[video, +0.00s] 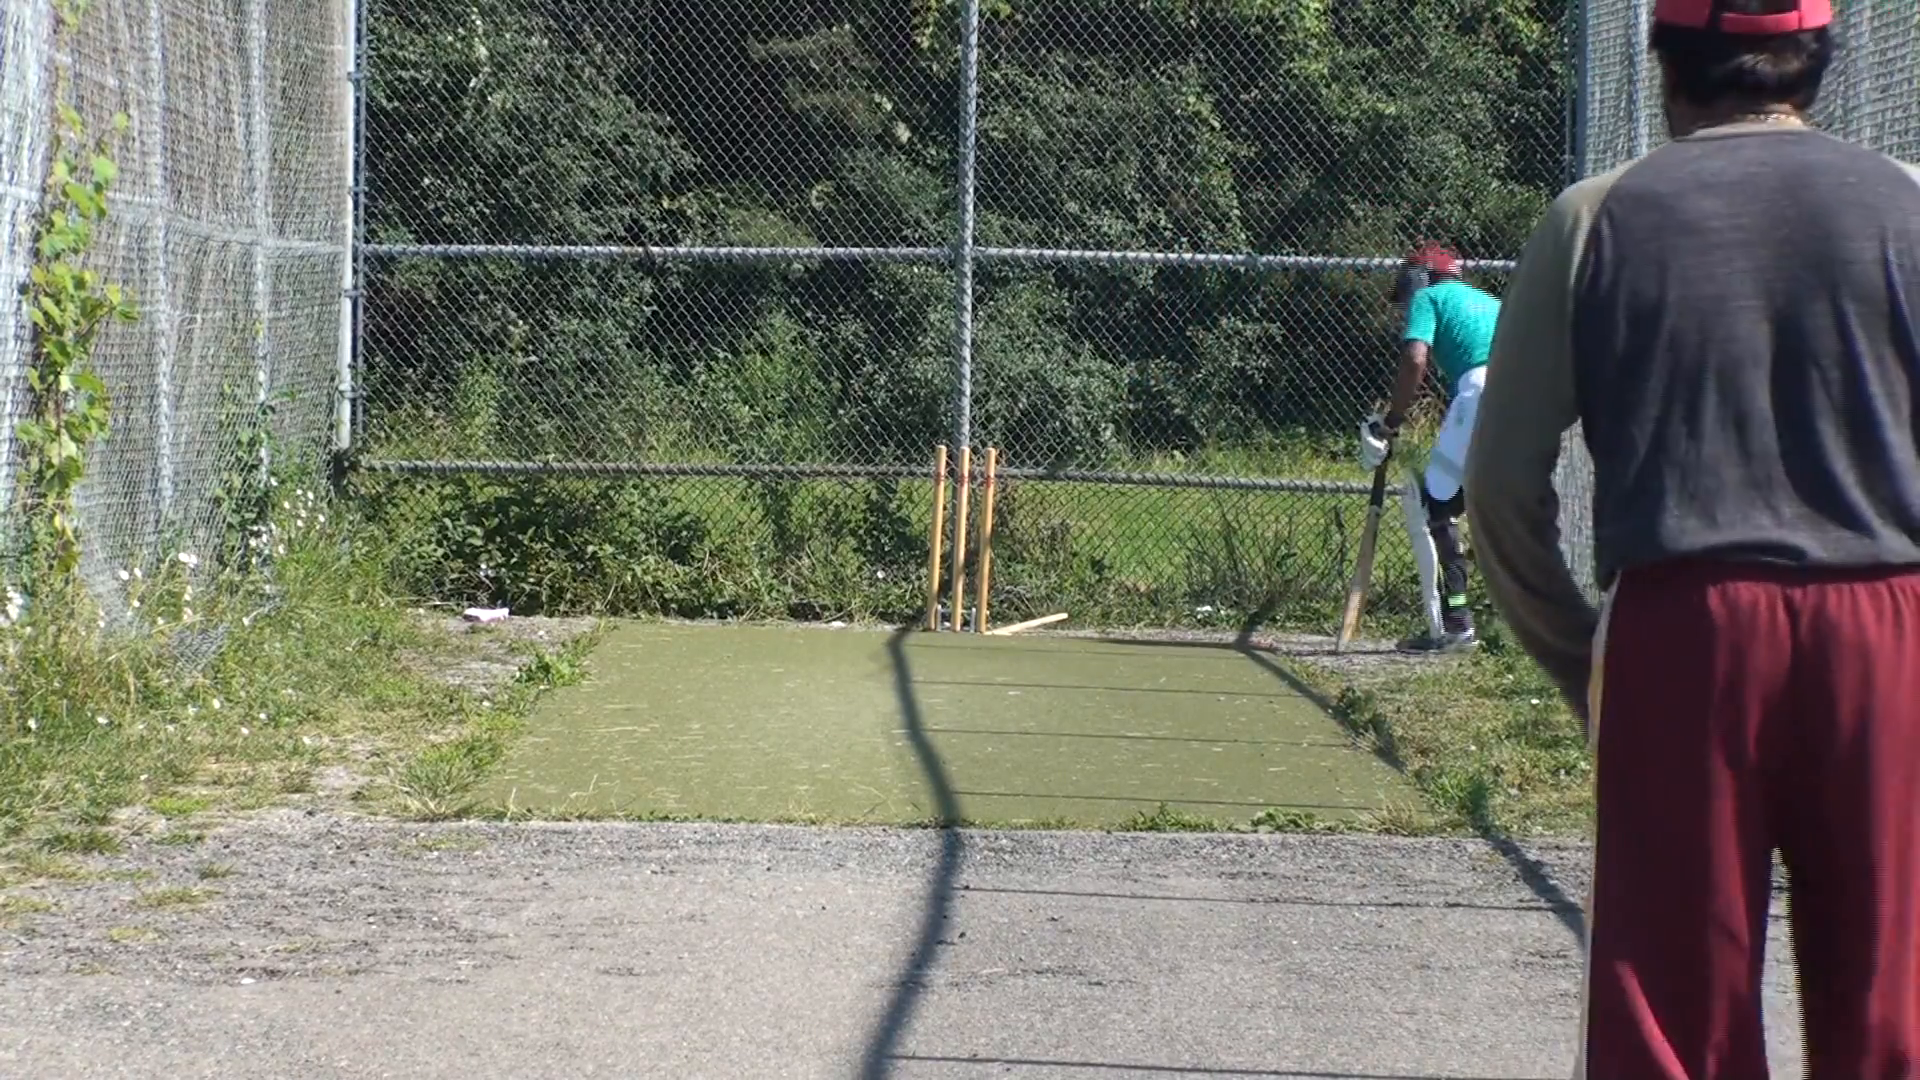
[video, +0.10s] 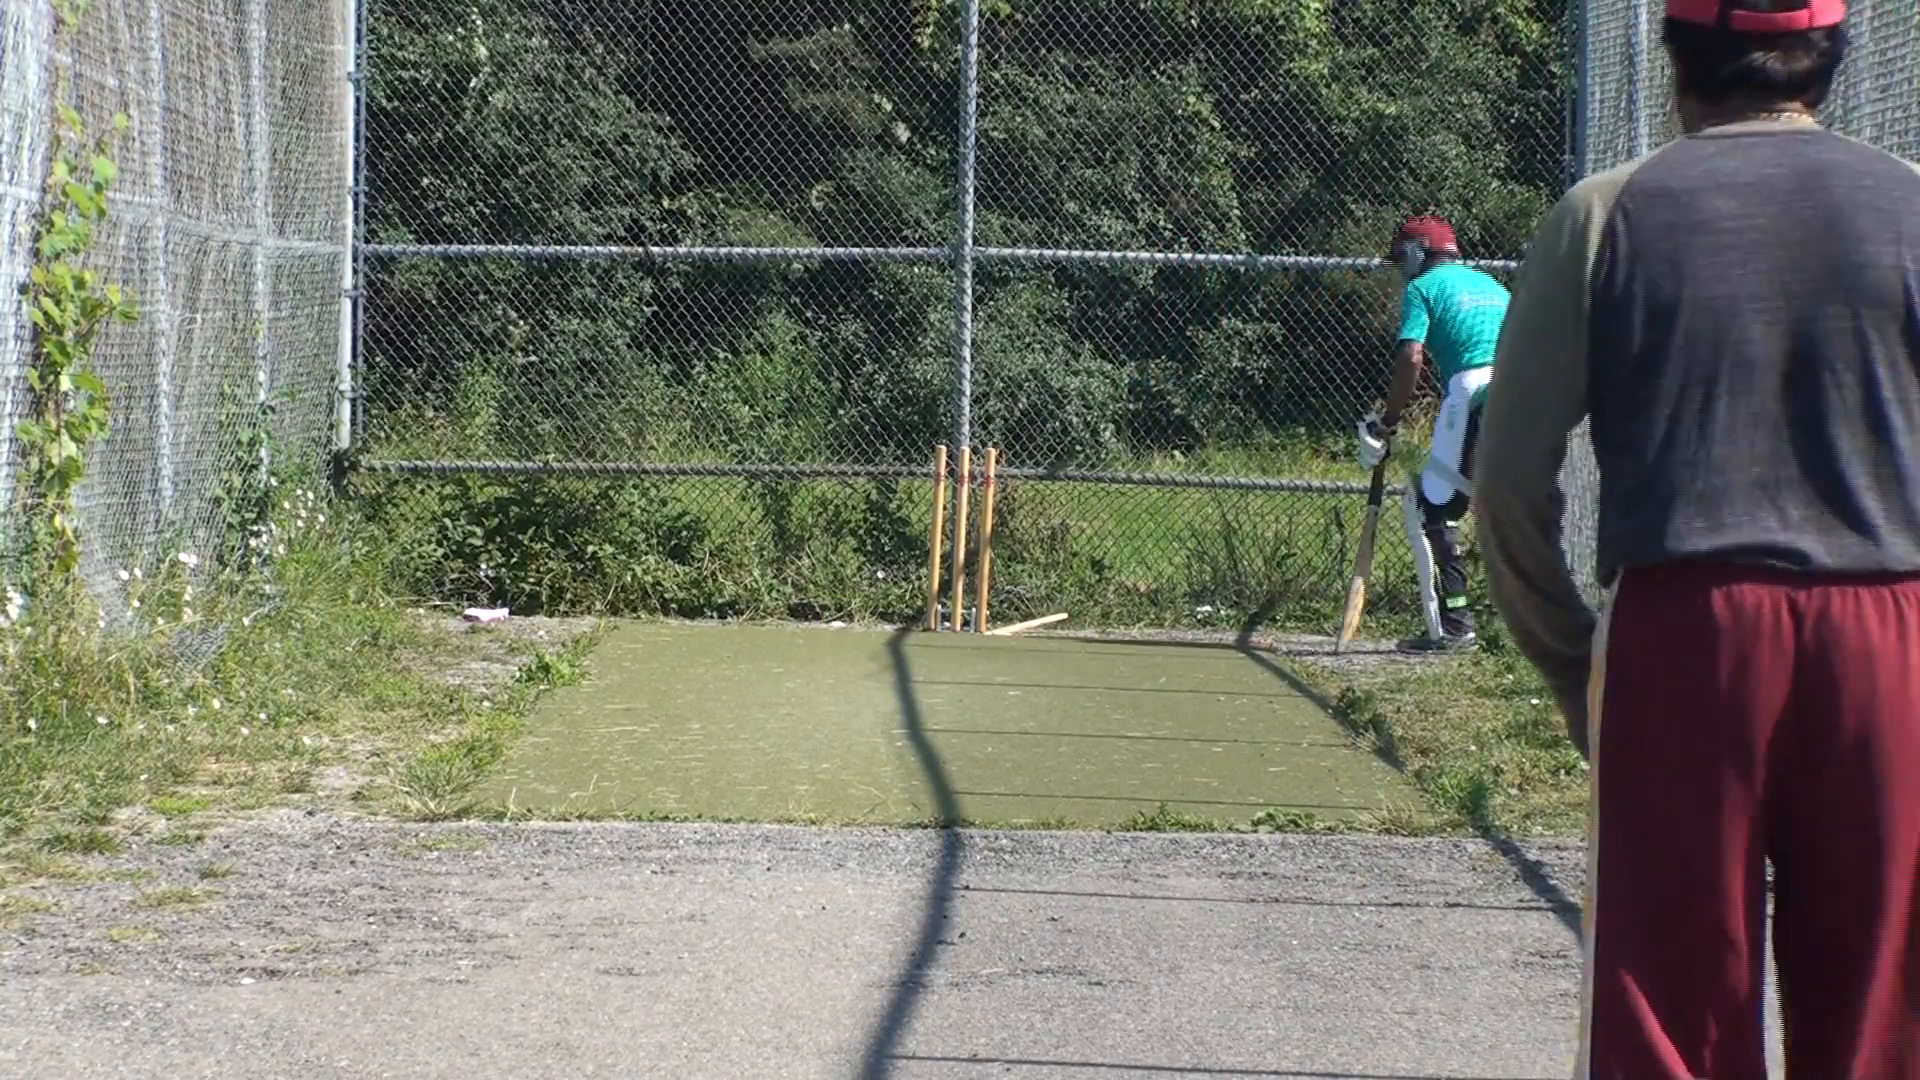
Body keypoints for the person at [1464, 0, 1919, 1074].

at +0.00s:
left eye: (1659, 61)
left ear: (1667, 72)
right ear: (1817, 68)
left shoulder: (1593, 218)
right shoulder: (1899, 199)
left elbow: (1500, 482)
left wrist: (1583, 658)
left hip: (1685, 637)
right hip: (1887, 637)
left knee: (1674, 994)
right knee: (1883, 990)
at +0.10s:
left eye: (1672, 52)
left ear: (1680, 68)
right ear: (1829, 67)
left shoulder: (1603, 212)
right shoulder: (1902, 196)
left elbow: (1508, 478)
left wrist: (1573, 659)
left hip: (1687, 642)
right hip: (1888, 644)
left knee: (1675, 1002)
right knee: (1876, 1000)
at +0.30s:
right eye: (1849, 38)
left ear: (1710, 57)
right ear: (1859, 66)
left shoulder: (1628, 203)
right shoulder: (1907, 196)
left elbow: (1547, 472)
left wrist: (1619, 635)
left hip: (1700, 629)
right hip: (1893, 632)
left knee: (1682, 982)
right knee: (1877, 985)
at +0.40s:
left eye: (1724, 43)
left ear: (1727, 62)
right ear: (1871, 69)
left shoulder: (1641, 203)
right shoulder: (1908, 194)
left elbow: (1570, 459)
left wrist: (1634, 615)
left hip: (1712, 628)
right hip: (1897, 632)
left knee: (1688, 970)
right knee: (1883, 976)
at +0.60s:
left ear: (1742, 59)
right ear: (1885, 72)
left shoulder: (1662, 200)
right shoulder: (1912, 191)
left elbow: (1592, 460)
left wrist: (1660, 625)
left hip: (1733, 622)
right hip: (1904, 625)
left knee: (1706, 964)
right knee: (1896, 968)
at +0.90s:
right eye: (1887, 29)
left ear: (1749, 52)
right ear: (1898, 55)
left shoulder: (1676, 192)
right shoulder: (1918, 183)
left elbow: (1524, 420)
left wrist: (1599, 517)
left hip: (1741, 636)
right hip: (1912, 638)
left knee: (1710, 992)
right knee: (1902, 996)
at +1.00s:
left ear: (1742, 52)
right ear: (1893, 51)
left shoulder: (1680, 196)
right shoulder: (1919, 183)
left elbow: (1495, 330)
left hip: (1736, 647)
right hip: (1913, 651)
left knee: (1706, 992)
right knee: (1902, 996)